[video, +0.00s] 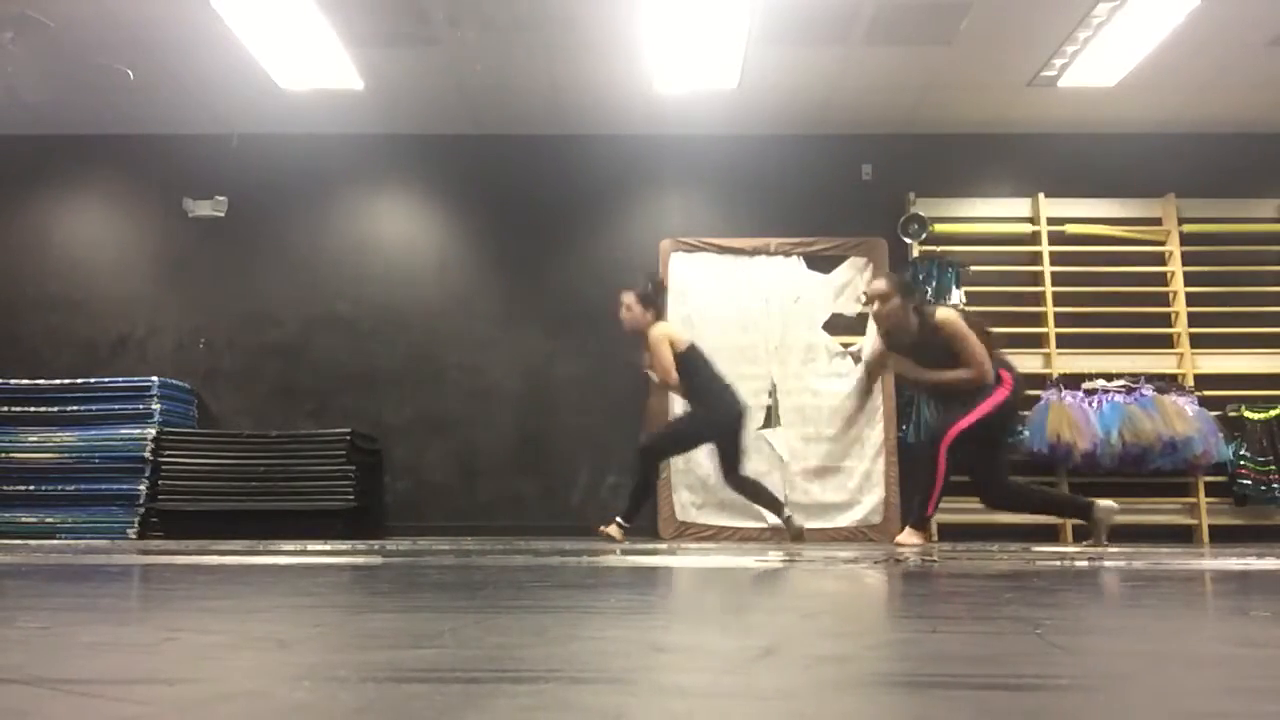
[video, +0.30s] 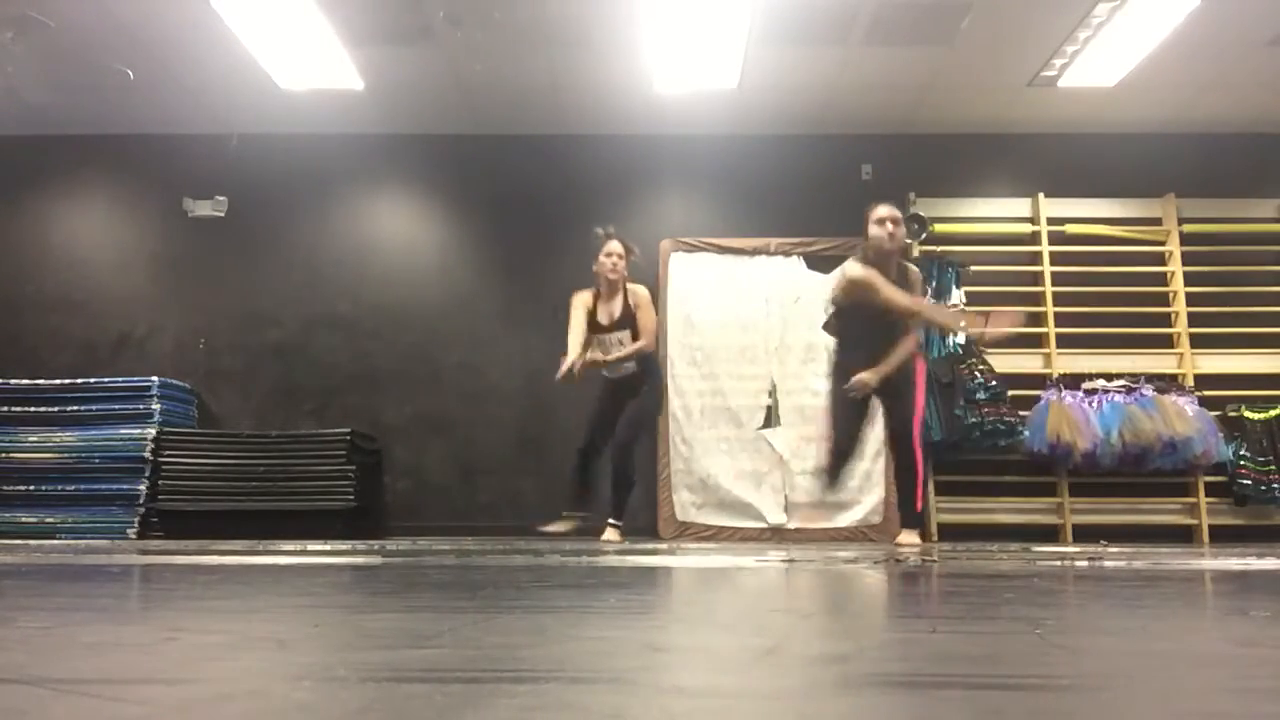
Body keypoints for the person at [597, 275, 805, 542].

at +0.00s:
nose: (622, 314)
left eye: (628, 308)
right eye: (622, 308)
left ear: (648, 311)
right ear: (649, 313)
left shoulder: (657, 333)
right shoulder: (667, 331)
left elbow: (670, 378)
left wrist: (650, 372)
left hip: (712, 413)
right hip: (730, 411)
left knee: (650, 452)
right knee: (733, 477)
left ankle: (622, 524)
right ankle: (785, 515)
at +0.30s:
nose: (615, 261)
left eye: (620, 256)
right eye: (608, 255)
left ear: (627, 264)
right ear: (596, 264)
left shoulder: (638, 295)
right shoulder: (583, 299)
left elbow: (648, 341)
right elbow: (576, 329)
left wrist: (608, 356)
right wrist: (572, 355)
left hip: (645, 381)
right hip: (612, 382)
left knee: (622, 444)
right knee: (590, 444)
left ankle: (614, 523)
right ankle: (575, 515)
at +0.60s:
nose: (587, 255)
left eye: (589, 249)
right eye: (581, 248)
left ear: (587, 251)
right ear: (560, 248)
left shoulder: (583, 285)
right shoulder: (543, 279)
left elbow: (600, 329)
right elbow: (519, 242)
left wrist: (619, 371)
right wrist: (558, 254)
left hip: (597, 373)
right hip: (564, 376)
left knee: (618, 438)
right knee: (549, 448)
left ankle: (638, 516)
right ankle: (534, 525)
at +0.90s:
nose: (550, 281)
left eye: (549, 274)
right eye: (543, 276)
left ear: (545, 277)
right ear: (523, 282)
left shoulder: (559, 305)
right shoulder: (505, 322)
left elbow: (579, 337)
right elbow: (476, 358)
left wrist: (591, 361)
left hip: (597, 389)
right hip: (563, 403)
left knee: (647, 438)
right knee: (541, 459)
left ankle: (707, 486)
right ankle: (535, 529)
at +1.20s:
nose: (585, 309)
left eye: (586, 301)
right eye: (575, 304)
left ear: (590, 304)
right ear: (559, 314)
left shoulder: (606, 331)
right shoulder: (547, 349)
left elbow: (626, 369)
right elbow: (533, 396)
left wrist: (642, 407)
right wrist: (521, 433)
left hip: (616, 415)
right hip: (578, 421)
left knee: (656, 447)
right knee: (546, 461)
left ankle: (687, 524)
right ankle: (534, 530)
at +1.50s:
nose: (634, 254)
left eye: (640, 248)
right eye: (627, 250)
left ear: (653, 252)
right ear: (621, 258)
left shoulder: (672, 290)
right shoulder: (619, 297)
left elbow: (708, 313)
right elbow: (612, 333)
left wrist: (739, 331)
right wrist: (604, 353)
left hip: (676, 383)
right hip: (640, 387)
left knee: (694, 447)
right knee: (621, 452)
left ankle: (689, 524)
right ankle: (596, 522)